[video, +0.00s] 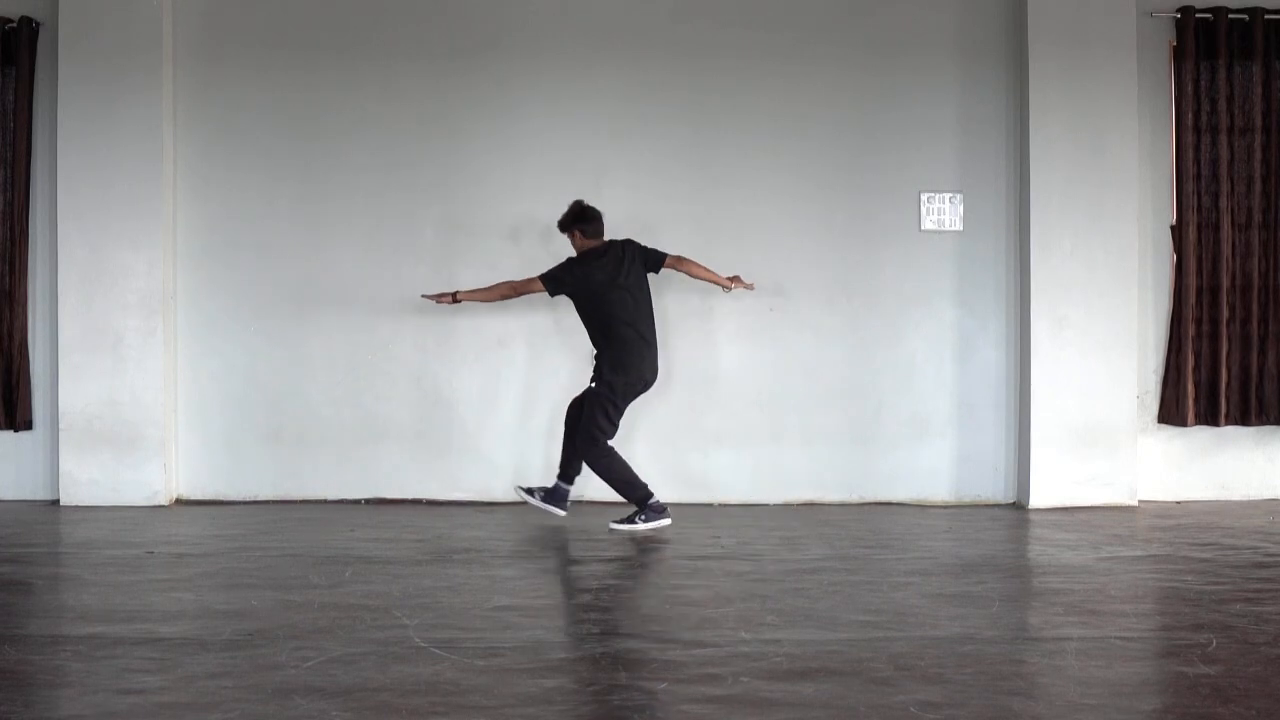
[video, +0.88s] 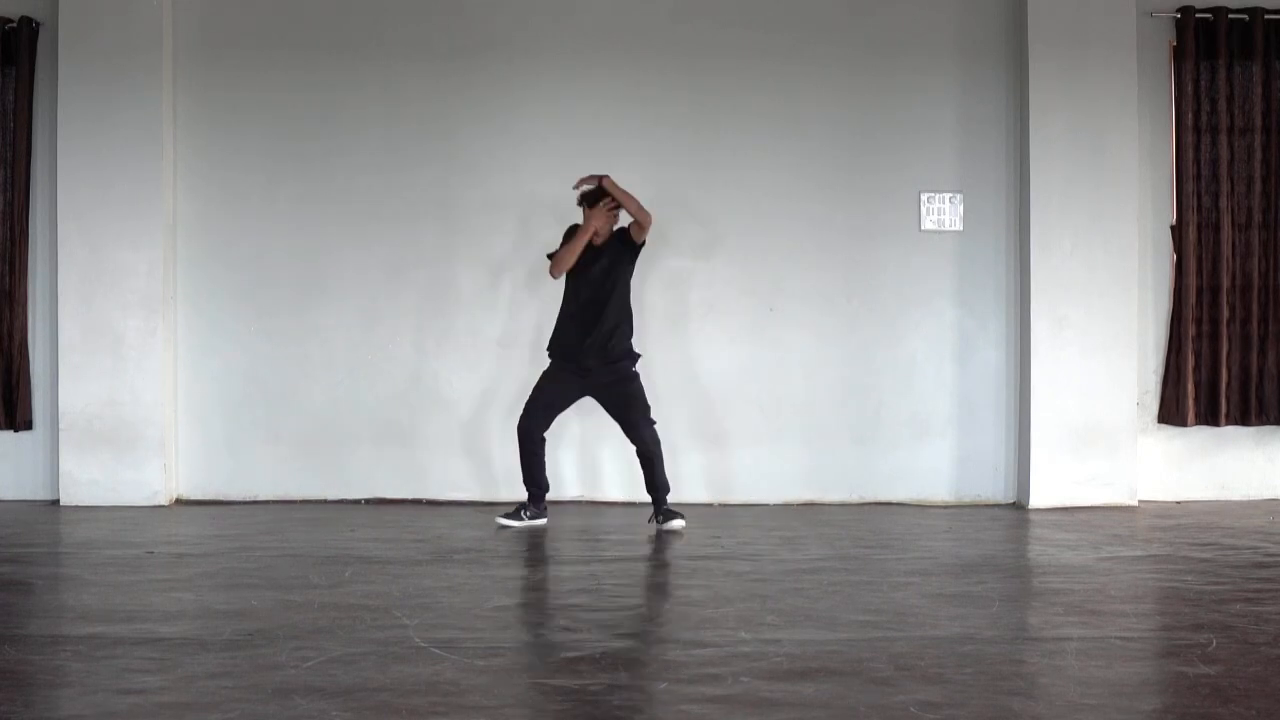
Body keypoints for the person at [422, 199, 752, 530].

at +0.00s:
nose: (570, 242)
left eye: (570, 236)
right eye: (571, 235)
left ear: (576, 234)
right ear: (601, 229)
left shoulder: (574, 269)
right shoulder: (631, 251)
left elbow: (516, 289)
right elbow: (682, 264)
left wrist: (462, 296)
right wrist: (725, 281)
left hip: (617, 371)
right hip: (644, 367)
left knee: (590, 442)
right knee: (577, 412)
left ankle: (650, 506)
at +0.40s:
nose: (558, 228)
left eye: (559, 222)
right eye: (558, 224)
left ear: (571, 219)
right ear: (593, 217)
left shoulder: (567, 236)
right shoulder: (626, 242)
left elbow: (512, 231)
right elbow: (675, 262)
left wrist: (476, 264)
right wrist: (687, 304)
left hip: (586, 357)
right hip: (610, 358)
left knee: (592, 439)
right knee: (555, 426)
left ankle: (651, 506)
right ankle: (538, 505)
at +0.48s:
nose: (553, 231)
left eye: (555, 225)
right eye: (553, 227)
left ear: (570, 219)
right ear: (588, 220)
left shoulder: (566, 236)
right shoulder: (621, 241)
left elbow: (512, 227)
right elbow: (667, 262)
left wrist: (475, 244)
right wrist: (657, 304)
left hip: (587, 357)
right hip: (605, 358)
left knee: (594, 439)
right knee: (551, 425)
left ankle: (652, 506)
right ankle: (537, 506)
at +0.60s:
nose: (557, 224)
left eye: (561, 216)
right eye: (556, 217)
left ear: (580, 212)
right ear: (585, 215)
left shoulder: (586, 238)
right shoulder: (605, 242)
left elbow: (540, 255)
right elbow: (610, 294)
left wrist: (494, 253)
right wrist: (574, 311)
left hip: (595, 355)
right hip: (593, 355)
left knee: (600, 438)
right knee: (549, 426)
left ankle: (652, 507)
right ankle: (537, 505)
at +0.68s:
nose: (568, 217)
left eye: (575, 210)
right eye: (566, 210)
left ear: (595, 209)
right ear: (565, 213)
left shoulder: (604, 235)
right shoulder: (581, 250)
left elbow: (583, 260)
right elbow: (565, 295)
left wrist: (526, 263)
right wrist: (542, 269)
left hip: (605, 351)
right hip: (581, 352)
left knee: (609, 437)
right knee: (548, 426)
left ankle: (653, 507)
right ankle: (537, 505)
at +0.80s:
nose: (575, 210)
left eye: (580, 203)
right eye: (572, 204)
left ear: (599, 202)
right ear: (576, 208)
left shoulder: (622, 237)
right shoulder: (571, 239)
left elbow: (619, 230)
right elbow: (542, 264)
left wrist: (576, 199)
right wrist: (565, 215)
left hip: (611, 358)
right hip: (571, 357)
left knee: (626, 436)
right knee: (539, 424)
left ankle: (656, 508)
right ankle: (538, 505)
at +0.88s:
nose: (612, 216)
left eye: (609, 209)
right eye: (605, 208)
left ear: (613, 212)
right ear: (590, 212)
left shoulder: (626, 245)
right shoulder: (573, 241)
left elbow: (644, 220)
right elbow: (557, 270)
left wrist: (611, 186)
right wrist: (588, 225)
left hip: (615, 366)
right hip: (568, 365)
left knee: (646, 436)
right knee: (529, 427)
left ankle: (662, 508)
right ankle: (535, 506)